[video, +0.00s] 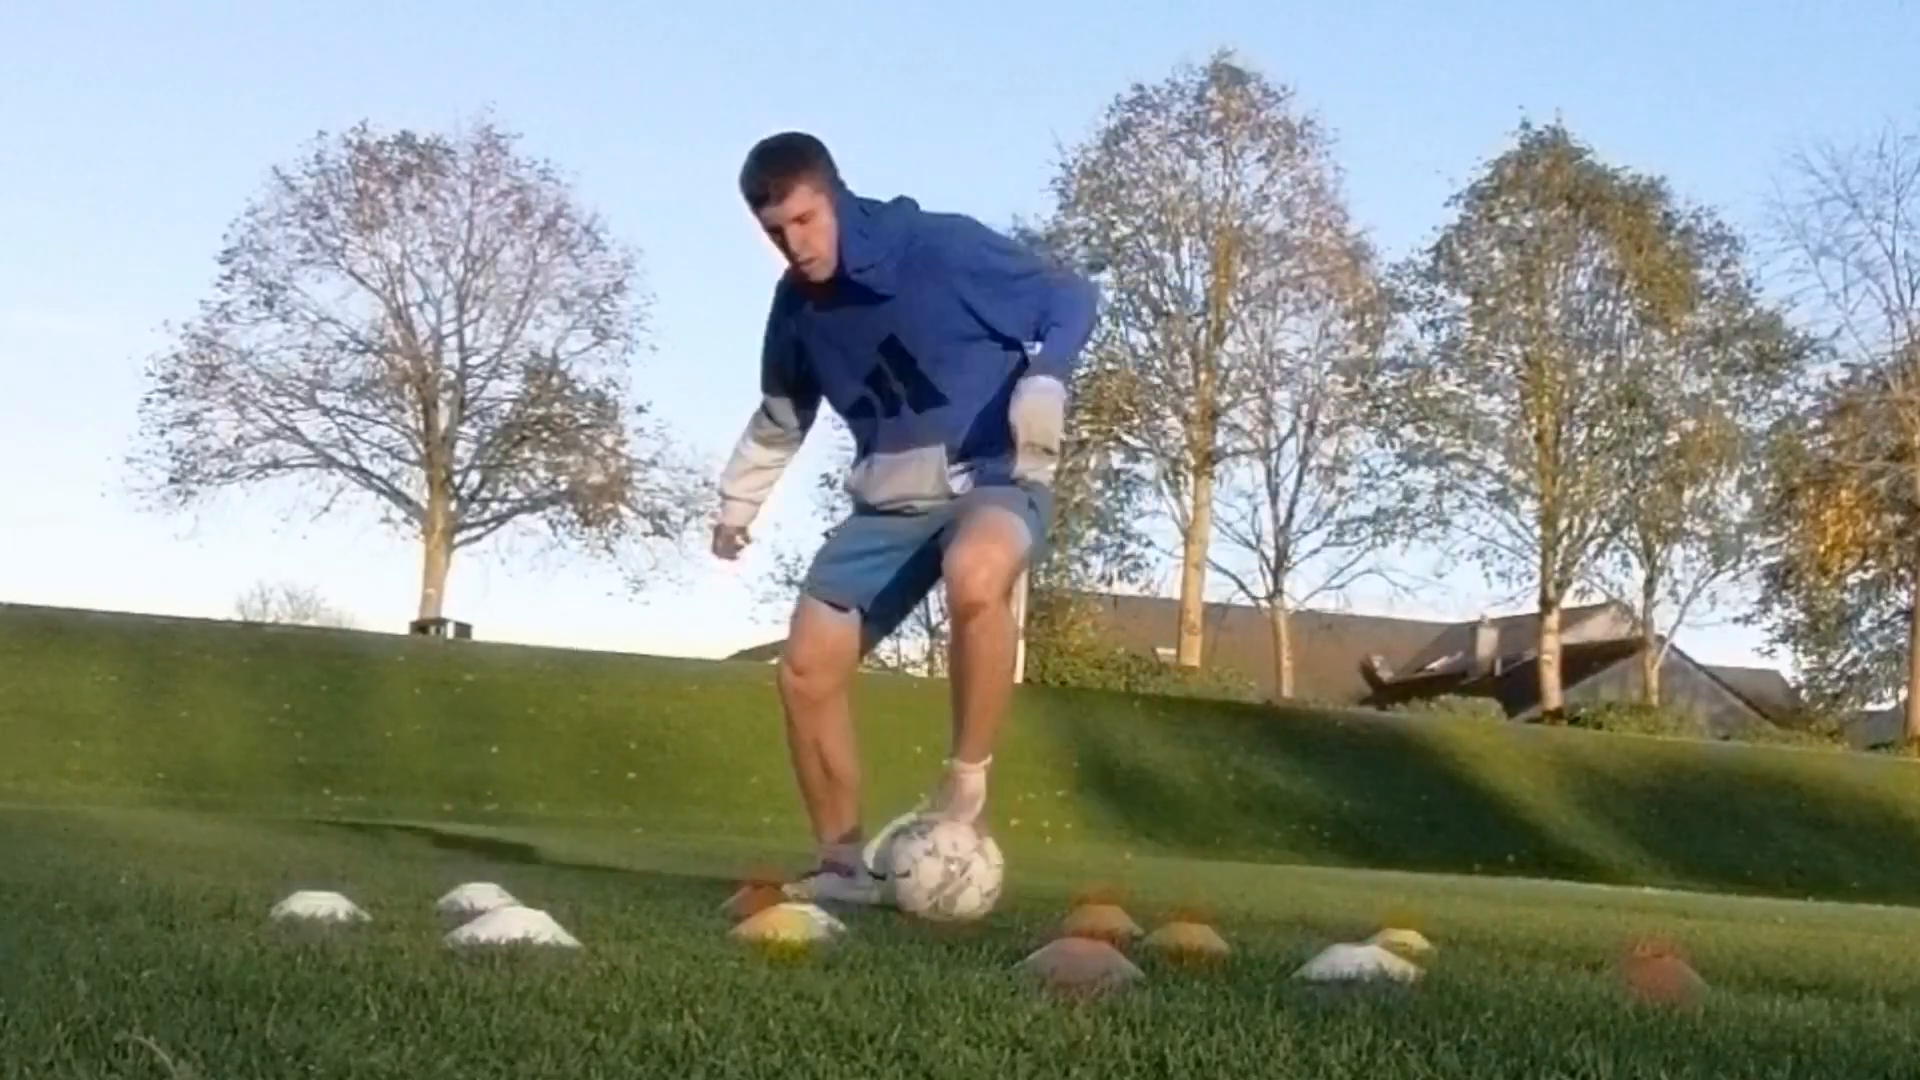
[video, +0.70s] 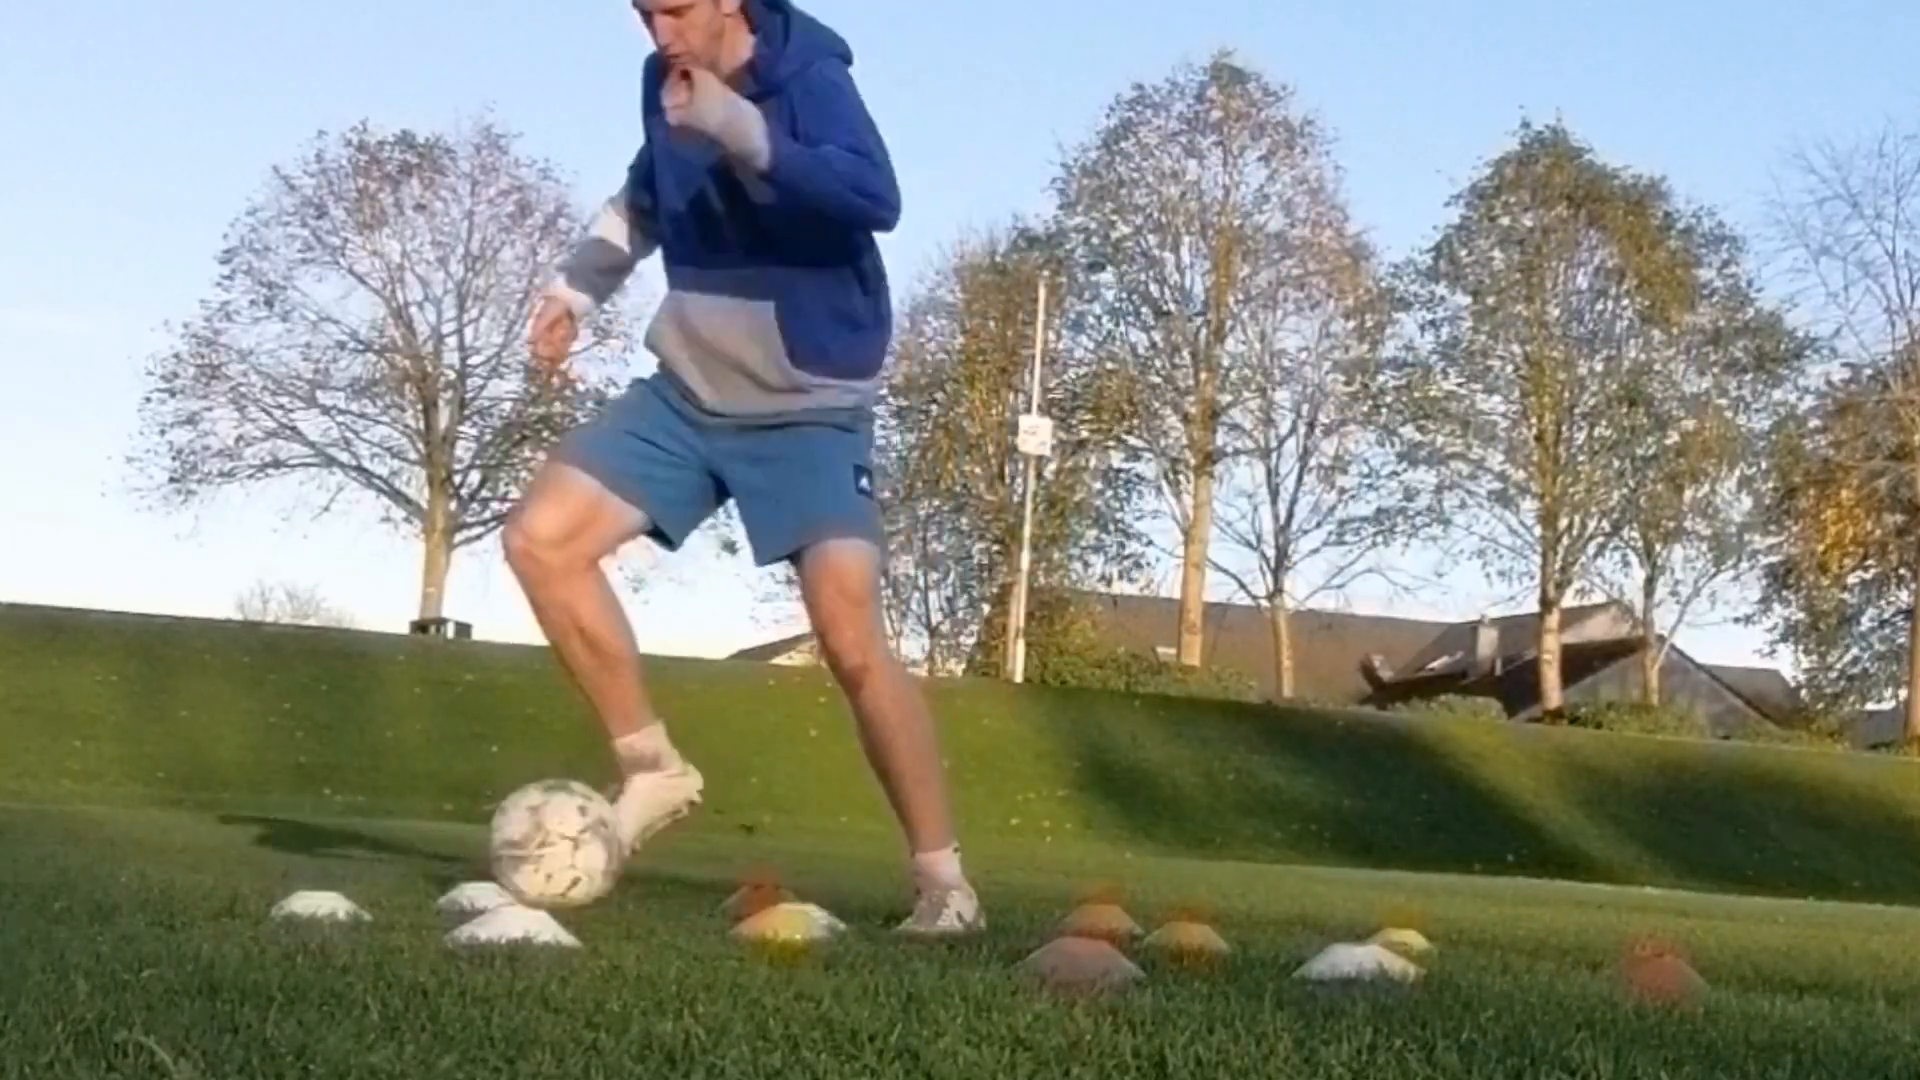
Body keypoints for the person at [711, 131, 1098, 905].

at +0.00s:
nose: (794, 245)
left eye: (803, 221)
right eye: (776, 231)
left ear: (837, 197)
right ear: (763, 225)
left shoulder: (935, 246)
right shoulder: (797, 308)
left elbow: (1072, 296)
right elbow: (779, 419)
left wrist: (1046, 379)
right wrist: (733, 510)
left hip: (995, 482)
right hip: (888, 502)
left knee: (976, 577)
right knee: (808, 663)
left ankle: (964, 801)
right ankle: (844, 867)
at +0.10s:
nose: (792, 180)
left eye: (803, 157)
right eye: (775, 165)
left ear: (838, 134)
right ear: (761, 160)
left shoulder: (933, 183)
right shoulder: (786, 251)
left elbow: (1070, 214)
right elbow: (789, 379)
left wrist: (1048, 253)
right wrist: (777, 487)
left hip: (980, 456)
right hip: (871, 480)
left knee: (963, 607)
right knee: (820, 650)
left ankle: (956, 824)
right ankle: (841, 860)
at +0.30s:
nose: (795, 96)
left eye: (809, 75)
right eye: (779, 80)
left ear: (850, 49)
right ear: (765, 65)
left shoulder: (915, 124)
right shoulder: (788, 133)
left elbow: (988, 241)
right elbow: (800, 232)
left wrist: (864, 188)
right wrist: (780, 325)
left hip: (942, 397)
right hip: (832, 409)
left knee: (982, 578)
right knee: (790, 616)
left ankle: (1077, 794)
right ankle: (917, 832)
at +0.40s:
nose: (786, 87)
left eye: (802, 67)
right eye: (771, 70)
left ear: (847, 47)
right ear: (756, 57)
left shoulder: (909, 148)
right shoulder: (766, 126)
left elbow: (958, 310)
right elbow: (785, 247)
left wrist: (888, 331)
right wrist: (757, 326)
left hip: (915, 410)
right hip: (804, 430)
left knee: (982, 585)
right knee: (833, 647)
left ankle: (1105, 818)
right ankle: (944, 876)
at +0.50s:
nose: (751, 65)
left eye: (767, 42)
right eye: (735, 46)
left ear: (811, 18)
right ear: (720, 34)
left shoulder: (901, 100)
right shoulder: (720, 106)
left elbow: (971, 231)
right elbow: (701, 201)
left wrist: (968, 315)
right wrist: (685, 257)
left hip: (901, 368)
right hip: (792, 395)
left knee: (907, 565)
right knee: (722, 603)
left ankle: (975, 829)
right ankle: (878, 810)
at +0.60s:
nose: (714, 62)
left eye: (731, 39)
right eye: (701, 41)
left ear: (787, 19)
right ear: (690, 30)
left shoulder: (872, 95)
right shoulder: (697, 110)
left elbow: (976, 210)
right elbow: (673, 229)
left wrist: (944, 226)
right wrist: (616, 292)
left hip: (870, 402)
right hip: (751, 406)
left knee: (876, 624)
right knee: (608, 557)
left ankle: (941, 872)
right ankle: (755, 766)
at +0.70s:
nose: (658, 37)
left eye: (672, 16)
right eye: (647, 20)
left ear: (732, 3)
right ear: (647, 22)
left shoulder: (806, 67)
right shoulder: (665, 76)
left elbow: (875, 197)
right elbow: (651, 192)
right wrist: (576, 284)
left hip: (810, 416)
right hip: (681, 397)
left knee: (851, 643)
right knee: (543, 541)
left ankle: (942, 882)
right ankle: (652, 768)